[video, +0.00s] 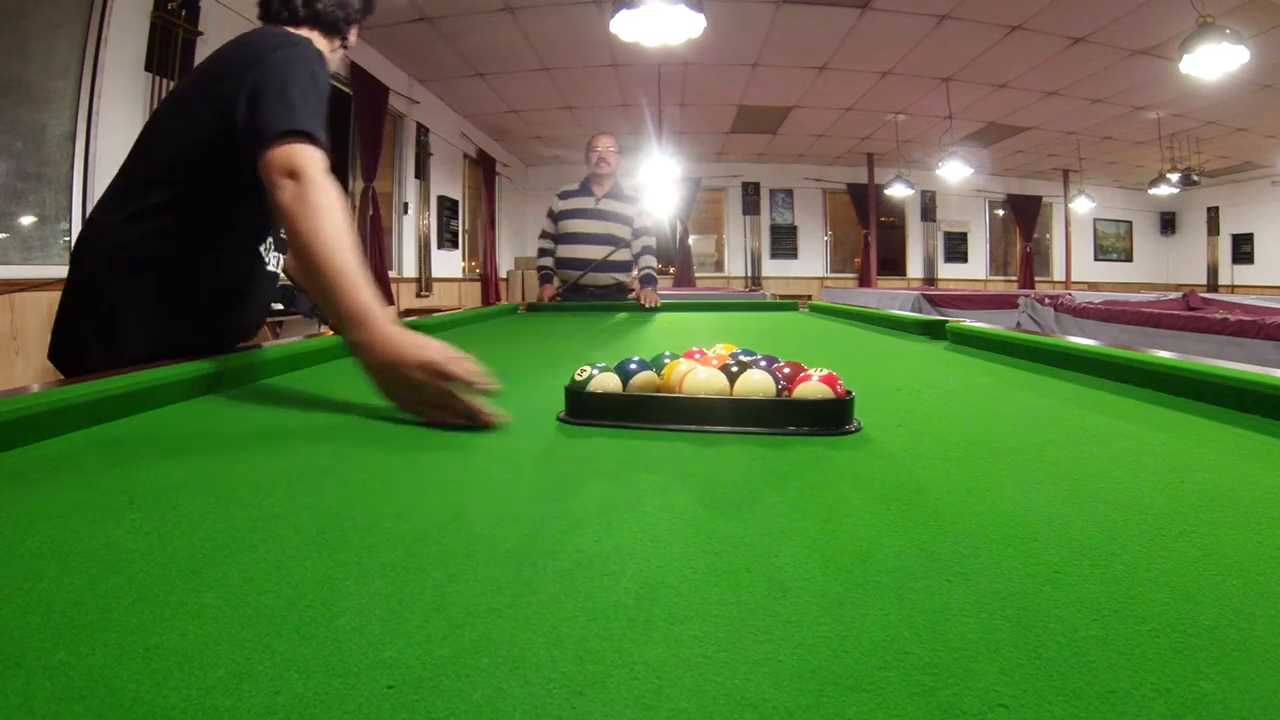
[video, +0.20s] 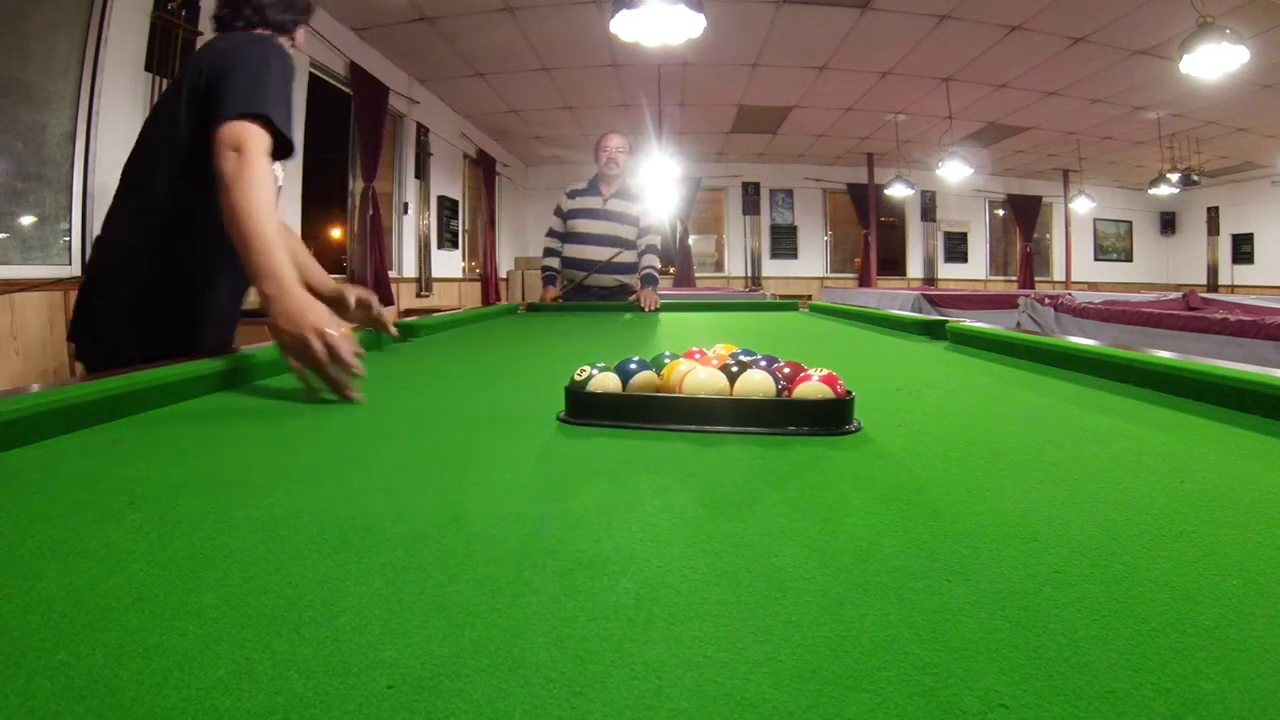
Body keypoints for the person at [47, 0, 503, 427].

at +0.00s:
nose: (350, 52)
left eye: (350, 44)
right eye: (352, 41)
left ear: (279, 14)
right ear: (348, 30)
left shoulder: (243, 63)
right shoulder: (287, 54)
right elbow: (295, 178)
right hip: (142, 343)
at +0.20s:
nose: (303, 39)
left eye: (304, 28)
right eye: (303, 27)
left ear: (237, 18)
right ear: (293, 29)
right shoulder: (254, 54)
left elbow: (259, 217)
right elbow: (239, 157)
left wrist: (330, 289)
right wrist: (286, 298)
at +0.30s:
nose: (277, 50)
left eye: (279, 39)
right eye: (277, 38)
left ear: (215, 30)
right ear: (268, 41)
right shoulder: (238, 64)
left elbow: (228, 225)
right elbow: (218, 147)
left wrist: (296, 275)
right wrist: (246, 286)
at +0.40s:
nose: (256, 67)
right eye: (256, 58)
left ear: (193, 46)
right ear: (250, 55)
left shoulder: (171, 108)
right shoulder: (224, 80)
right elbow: (199, 162)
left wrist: (265, 277)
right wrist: (211, 295)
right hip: (174, 338)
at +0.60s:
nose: (244, 78)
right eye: (244, 69)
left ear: (182, 65)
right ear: (237, 70)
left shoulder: (163, 120)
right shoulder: (222, 100)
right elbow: (191, 181)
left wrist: (233, 305)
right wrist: (200, 306)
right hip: (185, 330)